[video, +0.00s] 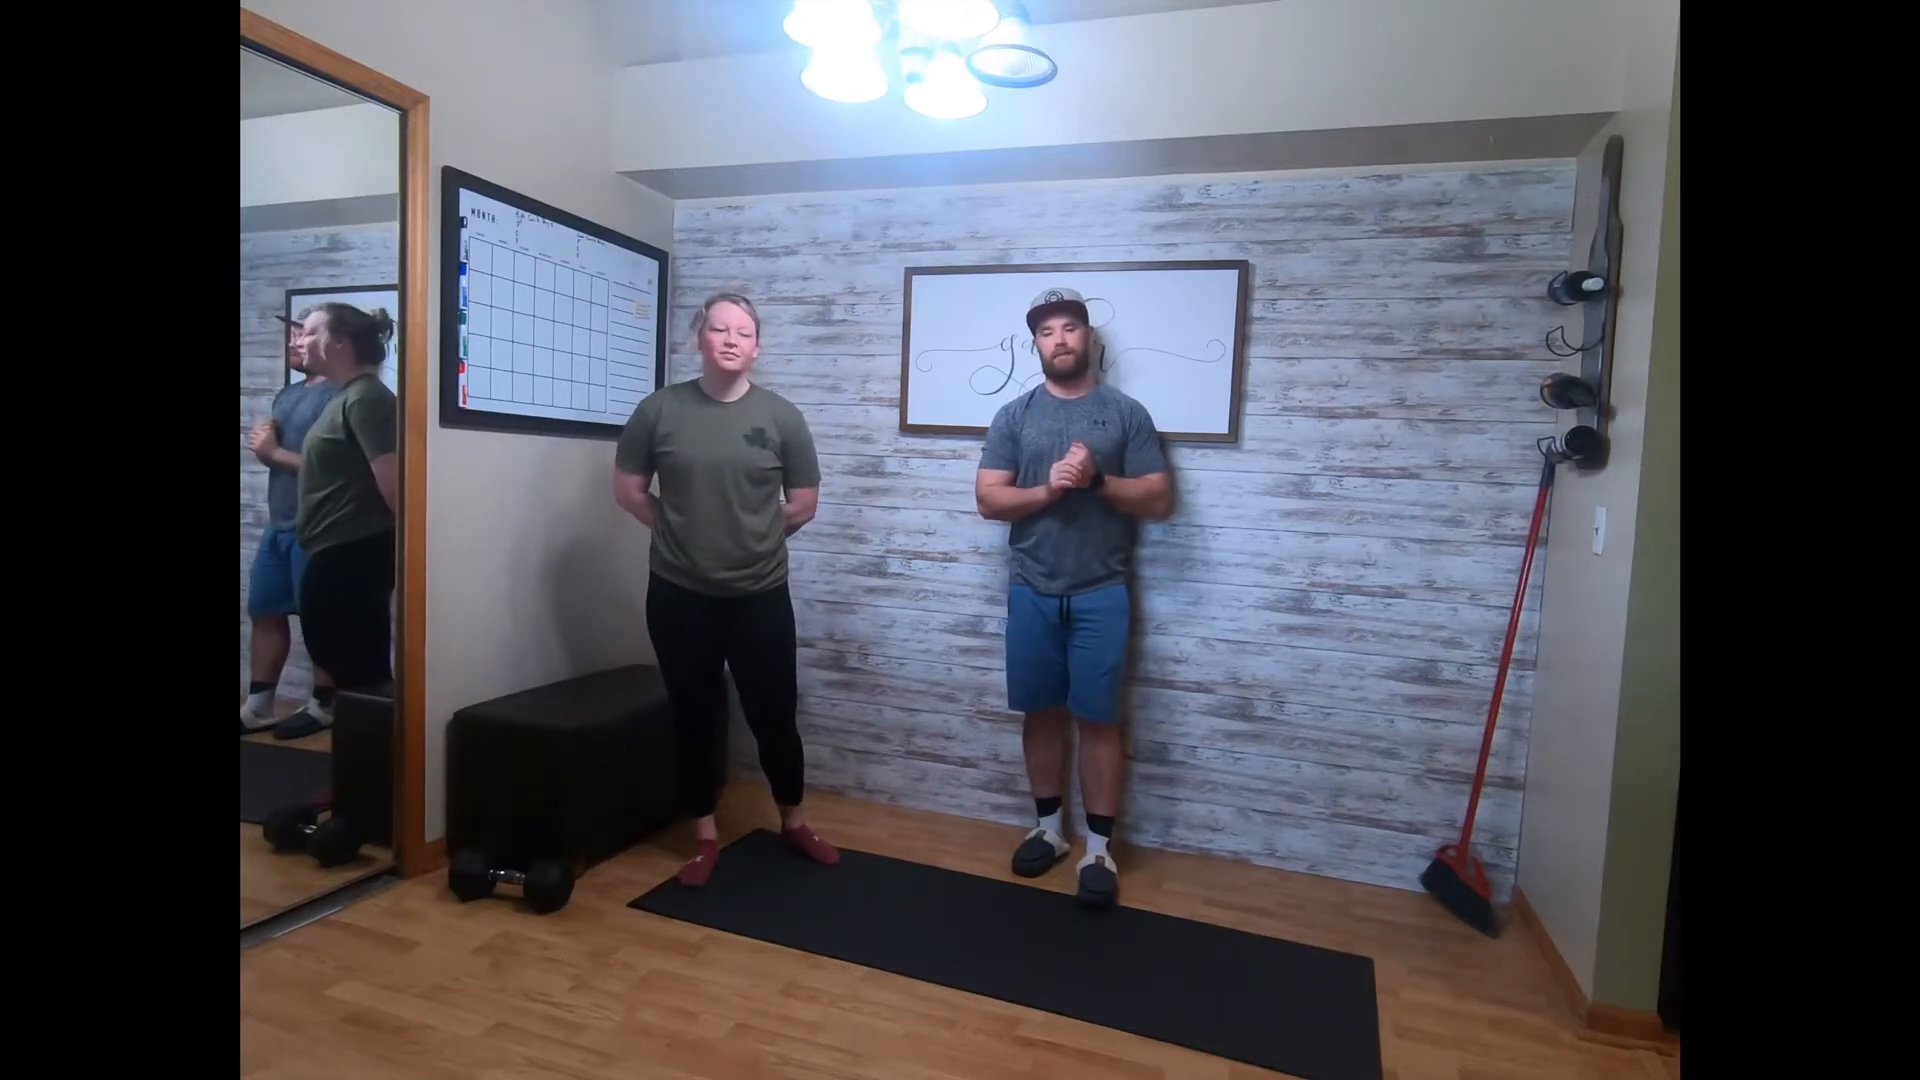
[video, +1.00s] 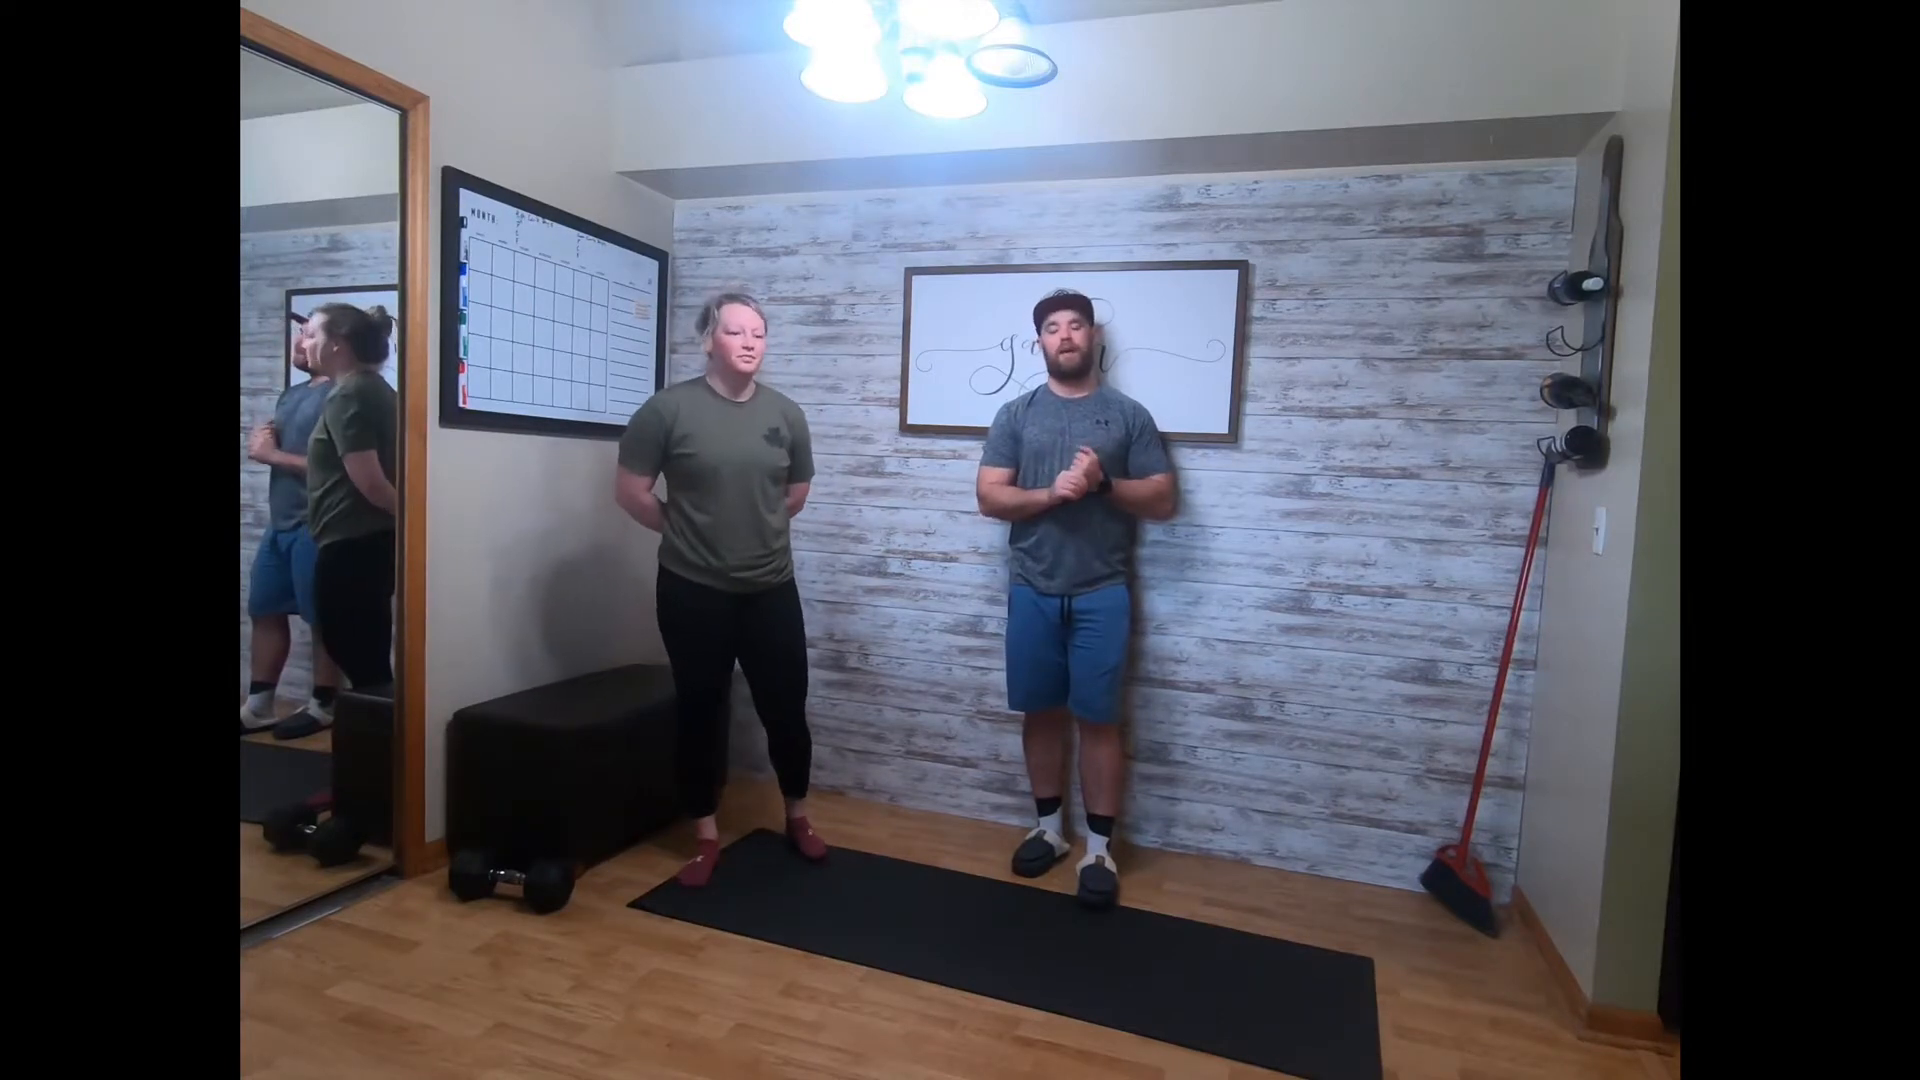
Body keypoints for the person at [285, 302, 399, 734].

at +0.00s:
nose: (303, 342)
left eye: (312, 334)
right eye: (304, 334)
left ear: (342, 341)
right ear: (345, 344)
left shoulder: (367, 399)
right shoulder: (345, 399)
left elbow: (398, 493)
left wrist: (422, 555)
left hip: (355, 550)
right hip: (338, 548)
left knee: (355, 665)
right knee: (349, 663)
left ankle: (370, 769)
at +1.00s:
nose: (306, 343)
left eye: (313, 335)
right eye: (308, 335)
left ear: (338, 344)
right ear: (345, 345)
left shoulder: (348, 396)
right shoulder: (380, 391)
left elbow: (373, 484)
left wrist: (421, 517)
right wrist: (422, 515)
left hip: (350, 545)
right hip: (373, 540)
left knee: (357, 658)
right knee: (366, 655)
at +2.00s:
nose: (326, 362)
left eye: (330, 352)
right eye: (325, 354)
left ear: (355, 350)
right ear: (357, 352)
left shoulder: (383, 400)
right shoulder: (367, 400)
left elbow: (407, 474)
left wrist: (409, 540)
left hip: (376, 544)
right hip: (358, 542)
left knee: (370, 646)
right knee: (364, 644)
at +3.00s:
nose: (317, 351)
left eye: (326, 341)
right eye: (315, 343)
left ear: (357, 344)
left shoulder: (374, 395)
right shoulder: (354, 396)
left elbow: (402, 480)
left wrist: (420, 539)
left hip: (366, 543)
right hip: (347, 543)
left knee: (369, 656)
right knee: (364, 655)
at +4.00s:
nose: (308, 344)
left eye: (314, 335)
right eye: (310, 335)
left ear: (340, 343)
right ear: (349, 344)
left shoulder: (346, 395)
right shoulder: (379, 391)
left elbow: (361, 476)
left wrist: (404, 511)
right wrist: (406, 511)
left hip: (345, 542)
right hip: (372, 537)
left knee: (358, 659)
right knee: (374, 653)